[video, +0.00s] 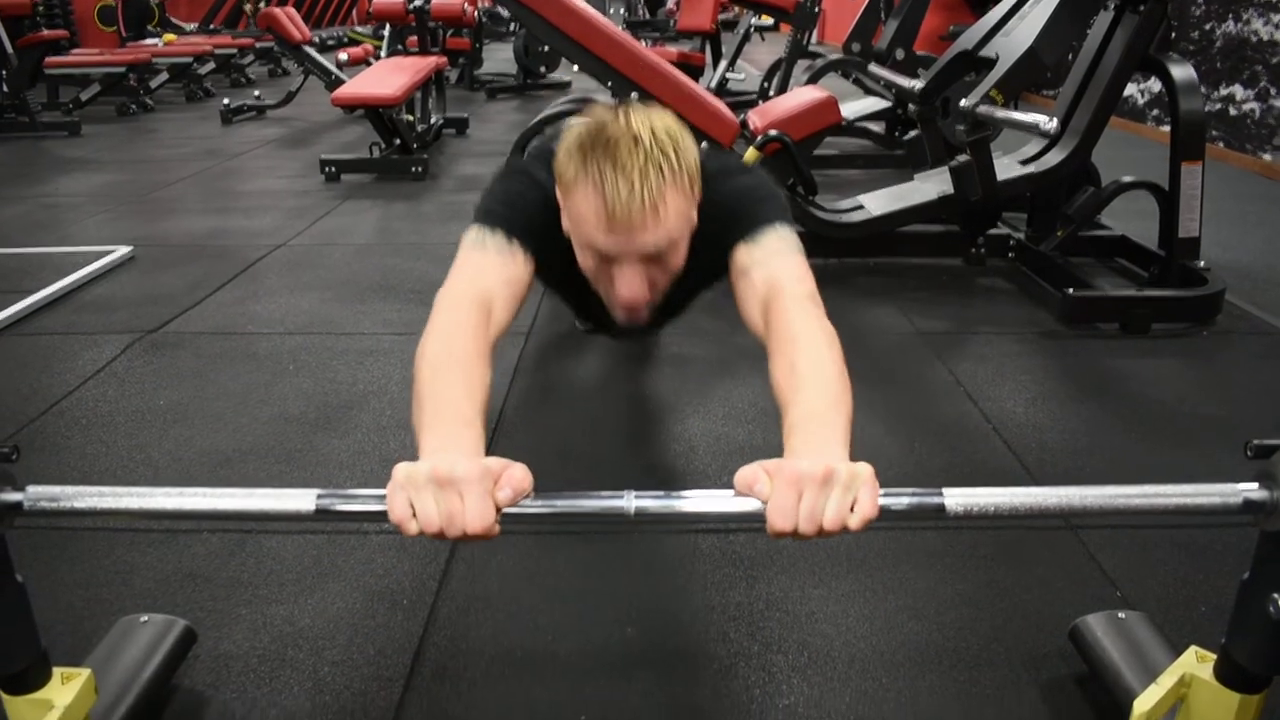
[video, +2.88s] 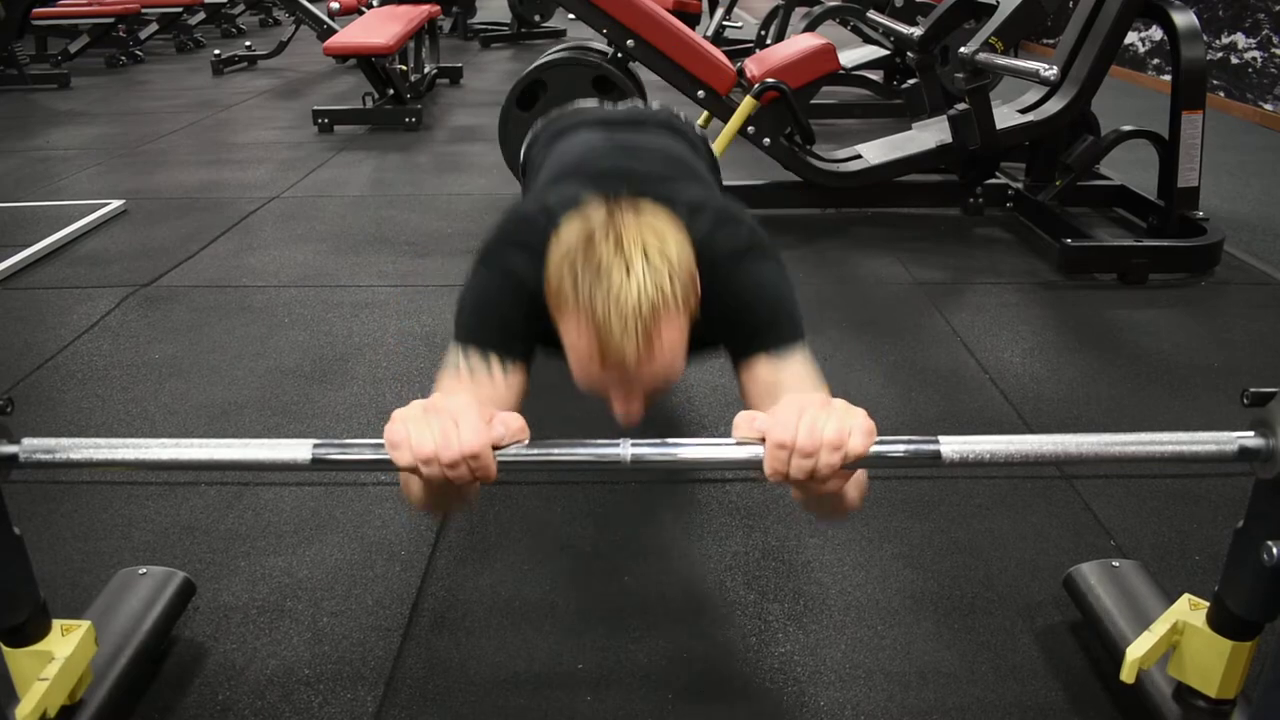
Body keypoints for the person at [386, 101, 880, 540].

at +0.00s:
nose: (630, 292)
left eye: (657, 258)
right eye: (604, 258)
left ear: (691, 209)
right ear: (565, 214)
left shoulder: (736, 188)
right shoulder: (532, 182)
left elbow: (793, 312)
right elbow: (462, 314)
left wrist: (817, 456)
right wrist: (448, 456)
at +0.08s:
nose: (626, 252)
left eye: (651, 223)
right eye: (599, 224)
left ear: (688, 178)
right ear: (561, 183)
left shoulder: (734, 167)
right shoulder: (525, 170)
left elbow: (779, 287)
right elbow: (471, 296)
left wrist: (819, 448)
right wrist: (452, 450)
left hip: (675, 284)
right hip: (578, 289)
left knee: (651, 302)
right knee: (600, 301)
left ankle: (645, 313)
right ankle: (598, 309)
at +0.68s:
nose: (621, 189)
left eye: (649, 156)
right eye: (591, 158)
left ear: (686, 116)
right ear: (555, 125)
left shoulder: (732, 116)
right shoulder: (519, 117)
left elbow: (781, 244)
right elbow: (468, 248)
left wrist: (824, 417)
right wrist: (448, 414)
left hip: (669, 234)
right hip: (574, 232)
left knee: (649, 260)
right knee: (593, 256)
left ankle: (642, 274)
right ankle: (603, 269)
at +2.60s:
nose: (617, 262)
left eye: (642, 230)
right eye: (586, 232)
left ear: (677, 165)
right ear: (546, 169)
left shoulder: (727, 141)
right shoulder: (507, 141)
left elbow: (816, 298)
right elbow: (433, 296)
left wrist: (822, 408)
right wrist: (438, 409)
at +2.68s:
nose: (620, 298)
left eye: (647, 268)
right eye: (592, 270)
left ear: (682, 195)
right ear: (551, 204)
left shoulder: (736, 176)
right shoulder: (509, 172)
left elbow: (811, 333)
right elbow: (435, 328)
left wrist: (822, 407)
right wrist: (440, 411)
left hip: (669, 84)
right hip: (546, 83)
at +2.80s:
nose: (624, 365)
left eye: (650, 337)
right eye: (598, 339)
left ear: (687, 262)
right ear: (555, 271)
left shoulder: (734, 219)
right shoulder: (511, 223)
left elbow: (816, 394)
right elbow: (434, 396)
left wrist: (816, 426)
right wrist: (439, 422)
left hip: (673, 112)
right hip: (557, 110)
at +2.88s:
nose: (627, 409)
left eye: (651, 380)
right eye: (600, 382)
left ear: (691, 300)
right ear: (558, 318)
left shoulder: (739, 258)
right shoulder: (516, 256)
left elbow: (837, 501)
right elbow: (433, 498)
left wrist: (818, 458)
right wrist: (443, 452)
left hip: (674, 132)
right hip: (556, 133)